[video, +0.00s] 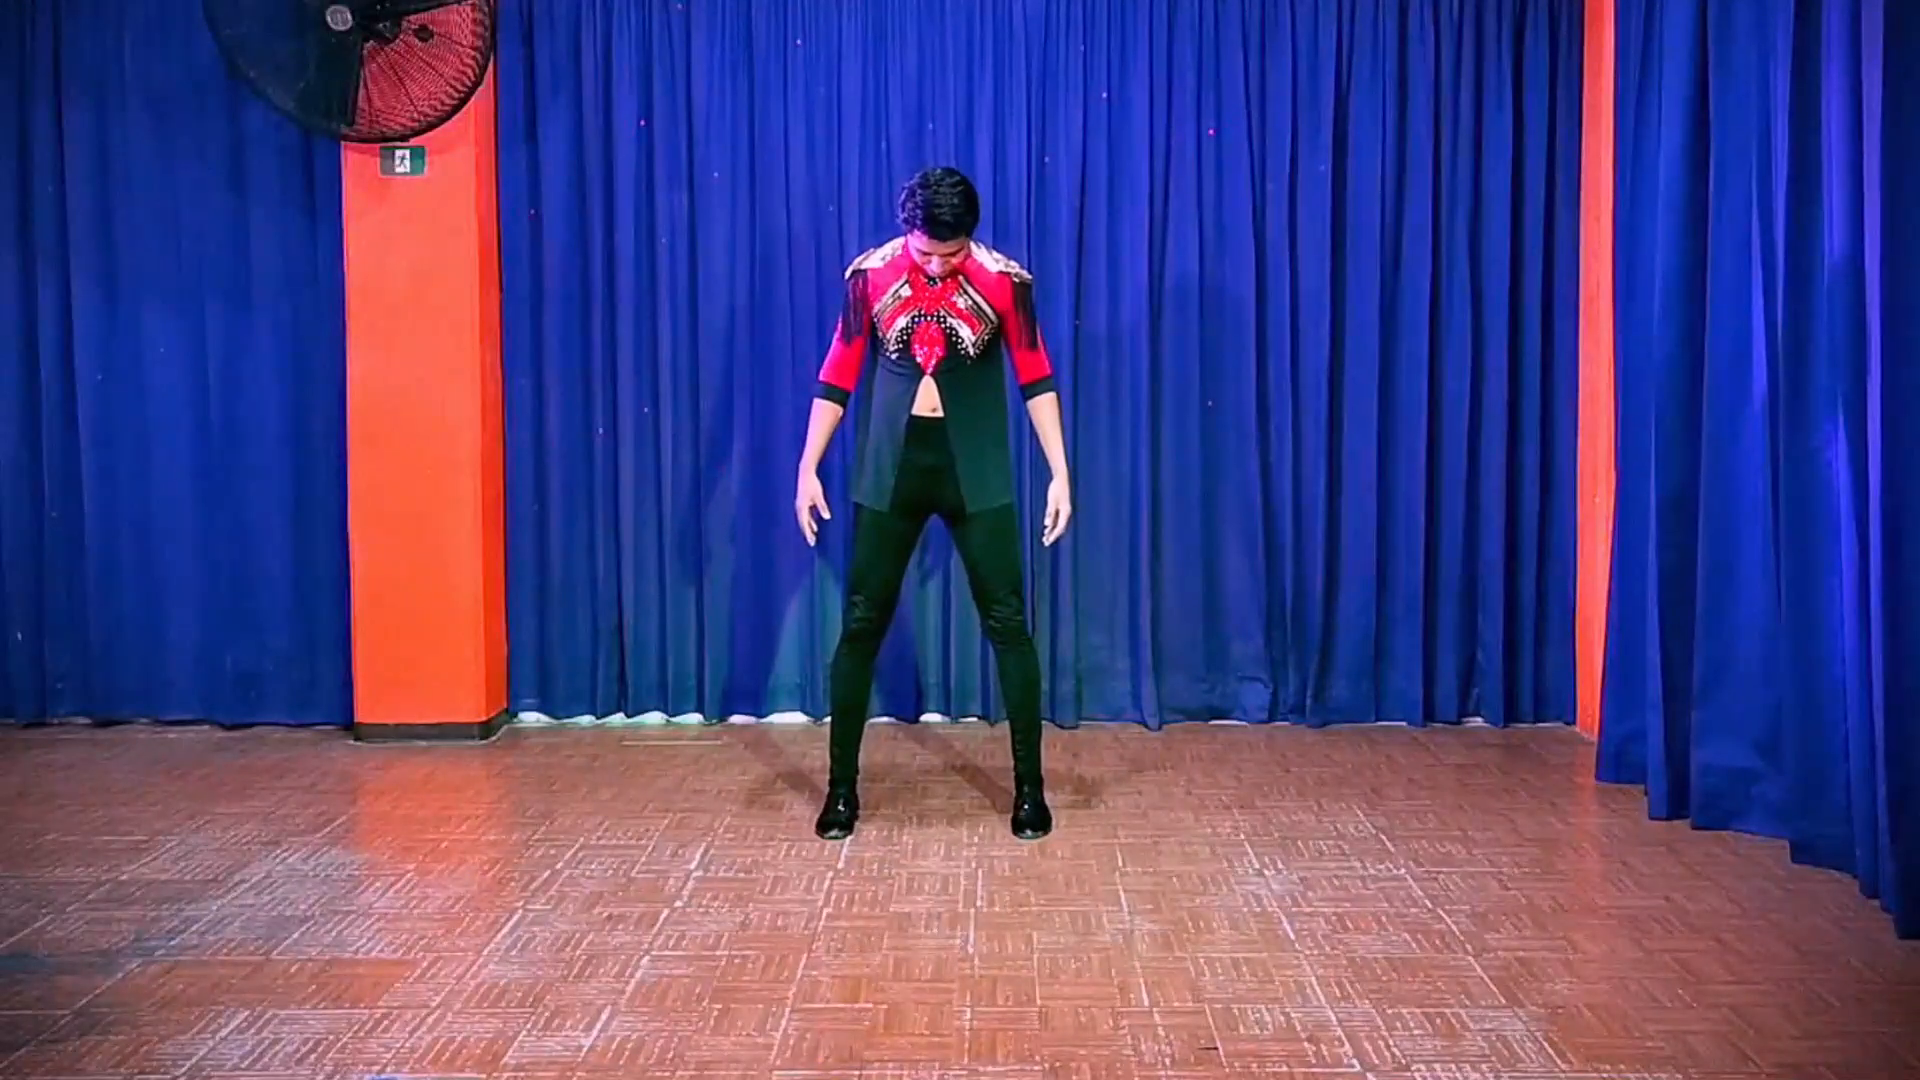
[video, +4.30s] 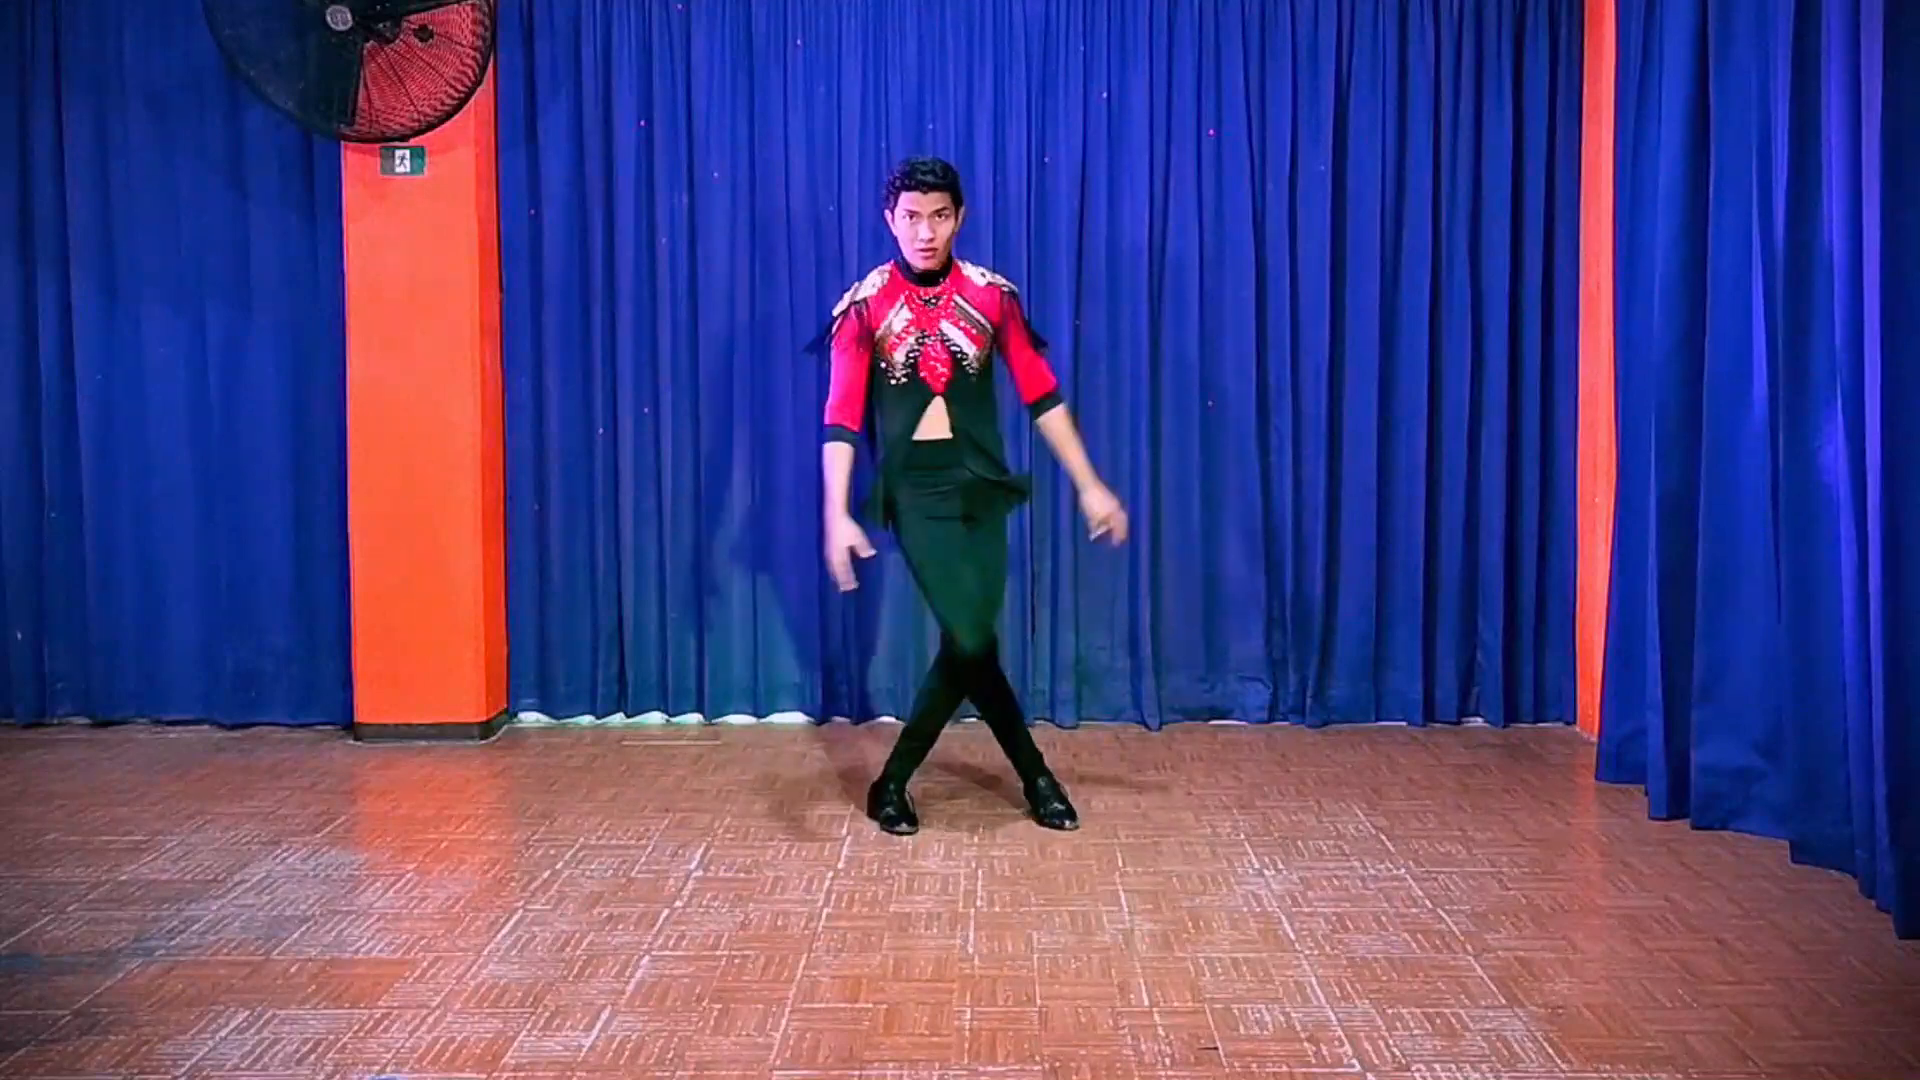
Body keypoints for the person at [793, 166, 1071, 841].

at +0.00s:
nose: (940, 262)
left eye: (953, 251)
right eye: (928, 250)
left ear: (972, 234)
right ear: (908, 231)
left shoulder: (1004, 281)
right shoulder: (870, 277)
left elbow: (1035, 378)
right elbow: (839, 375)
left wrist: (1060, 472)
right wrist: (808, 467)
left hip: (978, 465)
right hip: (891, 464)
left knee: (1006, 618)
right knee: (863, 620)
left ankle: (1028, 784)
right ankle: (841, 786)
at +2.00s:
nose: (942, 257)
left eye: (955, 245)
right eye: (930, 245)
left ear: (973, 227)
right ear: (908, 226)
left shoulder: (1005, 280)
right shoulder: (872, 275)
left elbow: (1035, 379)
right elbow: (840, 373)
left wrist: (1058, 473)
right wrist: (809, 465)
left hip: (978, 468)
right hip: (889, 466)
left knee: (1007, 624)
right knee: (862, 626)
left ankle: (1028, 785)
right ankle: (842, 786)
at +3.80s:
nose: (922, 233)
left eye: (937, 220)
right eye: (910, 218)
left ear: (956, 215)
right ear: (891, 209)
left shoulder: (986, 274)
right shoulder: (852, 267)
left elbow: (1081, 319)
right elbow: (768, 321)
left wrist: (1088, 372)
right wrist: (813, 349)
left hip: (955, 477)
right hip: (868, 476)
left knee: (984, 630)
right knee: (849, 627)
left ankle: (997, 786)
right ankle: (843, 790)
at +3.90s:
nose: (918, 230)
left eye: (932, 217)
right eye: (907, 215)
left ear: (953, 217)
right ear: (887, 215)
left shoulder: (978, 276)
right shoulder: (860, 275)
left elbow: (1031, 319)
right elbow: (855, 332)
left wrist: (1007, 235)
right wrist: (877, 231)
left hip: (949, 479)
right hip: (869, 475)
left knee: (940, 639)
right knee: (846, 629)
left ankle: (890, 784)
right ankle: (838, 782)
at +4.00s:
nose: (922, 216)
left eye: (932, 202)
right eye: (910, 204)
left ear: (953, 210)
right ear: (890, 214)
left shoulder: (989, 279)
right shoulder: (862, 280)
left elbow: (971, 322)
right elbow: (903, 335)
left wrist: (957, 226)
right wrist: (908, 242)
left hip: (953, 477)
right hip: (876, 473)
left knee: (939, 637)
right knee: (855, 623)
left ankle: (891, 785)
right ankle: (834, 783)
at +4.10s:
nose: (919, 226)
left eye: (933, 212)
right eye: (906, 212)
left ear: (952, 214)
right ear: (887, 213)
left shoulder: (979, 286)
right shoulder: (864, 287)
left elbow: (954, 378)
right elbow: (890, 378)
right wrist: (962, 304)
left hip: (957, 476)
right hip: (886, 473)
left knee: (941, 627)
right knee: (889, 614)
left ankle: (895, 780)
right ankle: (905, 772)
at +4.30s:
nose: (926, 231)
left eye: (940, 217)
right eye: (913, 217)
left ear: (958, 220)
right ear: (892, 219)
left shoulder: (992, 295)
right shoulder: (866, 305)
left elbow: (1042, 395)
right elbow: (842, 418)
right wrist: (837, 513)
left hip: (984, 480)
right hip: (913, 485)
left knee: (969, 640)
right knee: (973, 636)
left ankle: (891, 783)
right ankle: (1037, 777)